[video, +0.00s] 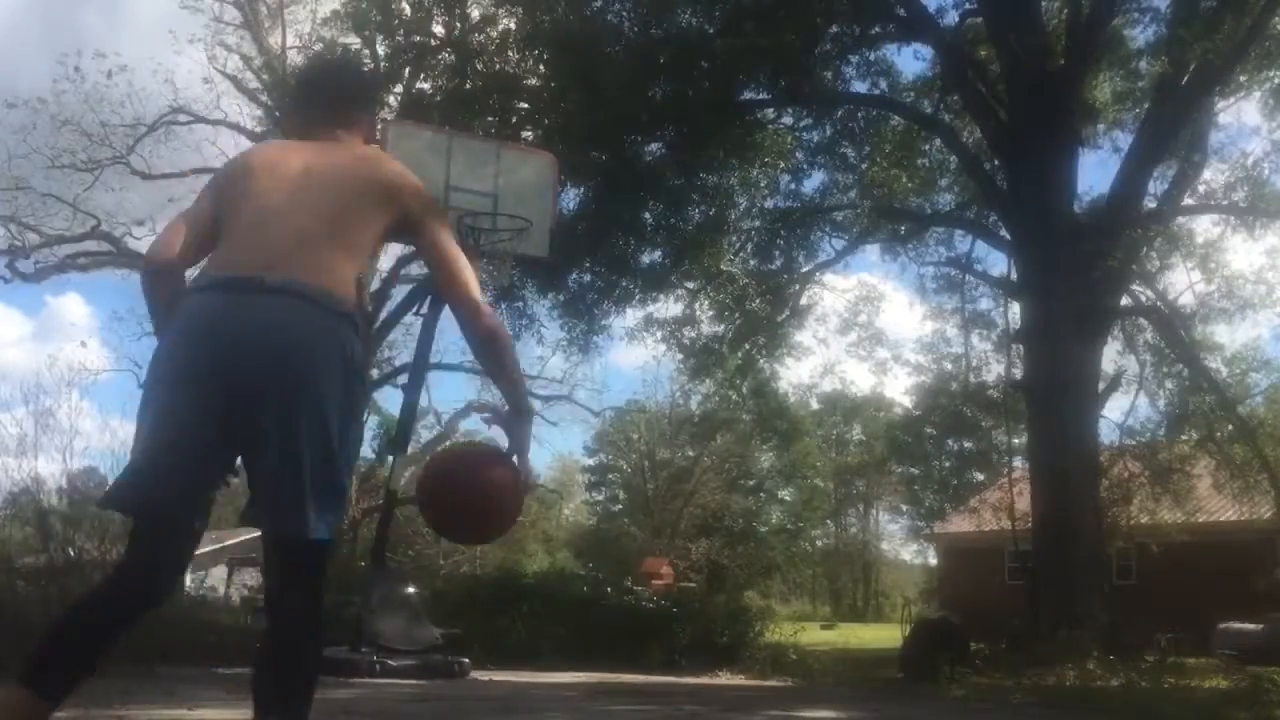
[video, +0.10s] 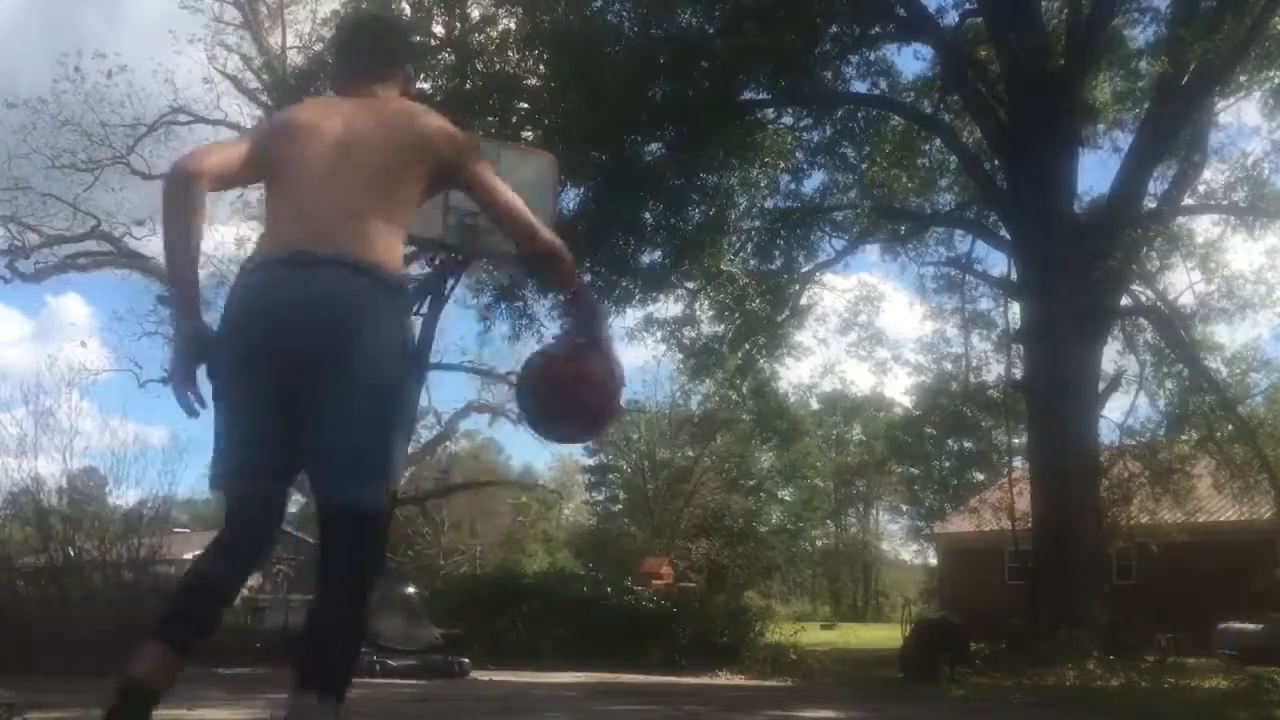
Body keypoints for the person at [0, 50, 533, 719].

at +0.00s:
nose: (379, 140)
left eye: (377, 130)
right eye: (378, 128)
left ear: (294, 118)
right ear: (365, 125)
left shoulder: (246, 164)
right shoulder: (389, 176)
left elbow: (161, 261)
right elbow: (479, 316)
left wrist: (181, 349)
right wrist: (519, 411)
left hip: (205, 324)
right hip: (310, 339)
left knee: (150, 564)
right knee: (296, 583)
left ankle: (27, 697)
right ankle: (280, 715)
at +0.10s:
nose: (408, 88)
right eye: (410, 79)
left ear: (335, 72)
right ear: (403, 76)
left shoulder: (288, 124)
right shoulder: (428, 128)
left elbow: (186, 172)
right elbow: (538, 241)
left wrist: (187, 319)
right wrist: (584, 316)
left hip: (262, 303)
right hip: (361, 311)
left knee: (246, 528)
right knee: (351, 545)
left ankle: (140, 685)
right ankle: (314, 706)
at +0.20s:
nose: (439, 55)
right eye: (439, 43)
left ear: (367, 46)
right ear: (434, 46)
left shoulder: (314, 105)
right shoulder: (463, 102)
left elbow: (223, 163)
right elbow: (547, 208)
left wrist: (215, 315)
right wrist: (615, 281)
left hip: (313, 285)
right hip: (414, 287)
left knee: (293, 498)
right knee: (435, 503)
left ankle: (222, 687)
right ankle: (402, 694)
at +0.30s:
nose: (440, 79)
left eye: (401, 66)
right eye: (460, 68)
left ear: (396, 63)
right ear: (467, 65)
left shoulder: (351, 128)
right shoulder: (510, 126)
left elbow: (292, 241)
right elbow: (525, 243)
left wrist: (278, 376)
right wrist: (569, 374)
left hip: (354, 317)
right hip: (459, 316)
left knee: (327, 519)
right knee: (515, 532)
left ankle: (266, 705)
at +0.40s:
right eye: (489, 109)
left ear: (417, 102)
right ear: (488, 106)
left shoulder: (372, 172)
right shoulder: (530, 166)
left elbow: (341, 310)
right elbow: (524, 295)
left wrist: (330, 449)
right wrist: (522, 391)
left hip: (383, 352)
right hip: (488, 352)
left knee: (348, 550)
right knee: (568, 552)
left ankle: (302, 709)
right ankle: (618, 708)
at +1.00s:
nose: (262, 137)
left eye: (261, 126)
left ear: (262, 132)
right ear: (320, 134)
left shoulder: (228, 190)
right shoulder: (357, 196)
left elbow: (158, 253)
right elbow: (368, 299)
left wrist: (94, 321)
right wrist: (357, 392)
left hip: (235, 371)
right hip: (313, 376)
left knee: (222, 542)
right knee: (318, 564)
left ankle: (152, 692)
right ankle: (259, 707)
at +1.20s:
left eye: (216, 247)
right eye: (263, 246)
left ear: (210, 252)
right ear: (267, 252)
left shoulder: (176, 309)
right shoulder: (298, 311)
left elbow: (136, 419)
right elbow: (295, 428)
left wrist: (118, 508)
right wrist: (273, 497)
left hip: (154, 471)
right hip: (233, 476)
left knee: (135, 607)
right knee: (302, 619)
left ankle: (71, 710)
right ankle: (249, 707)